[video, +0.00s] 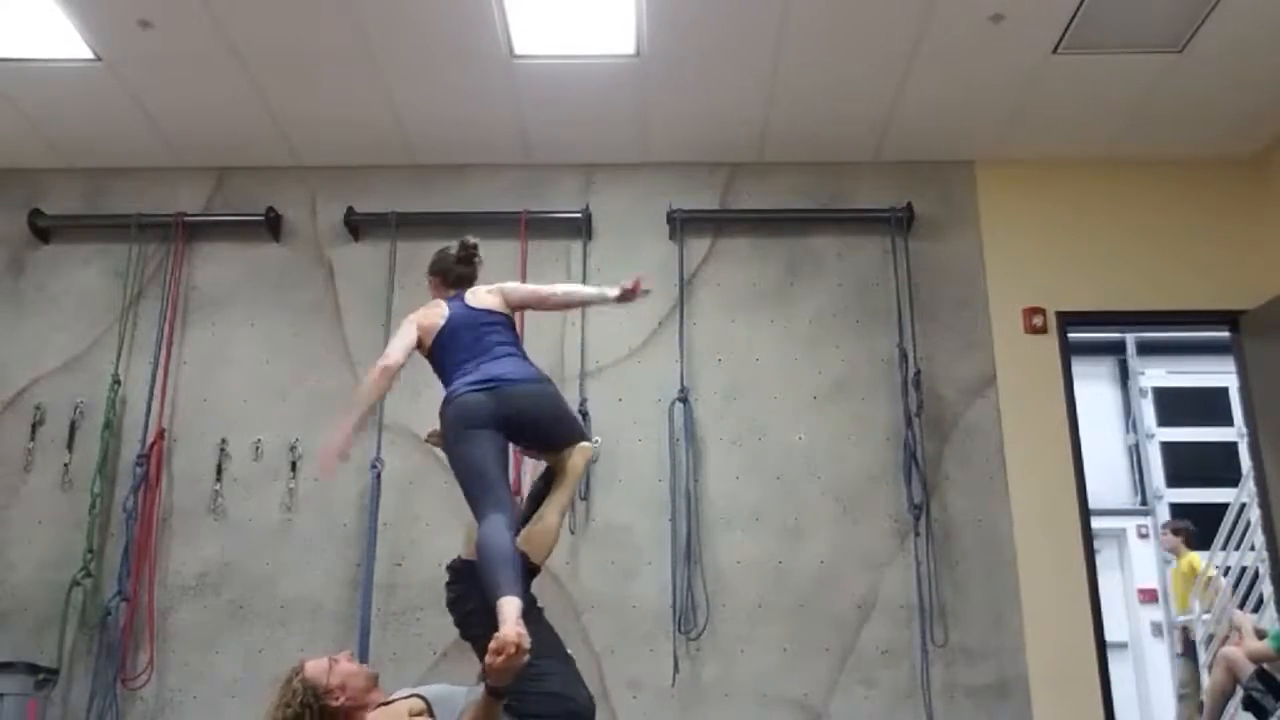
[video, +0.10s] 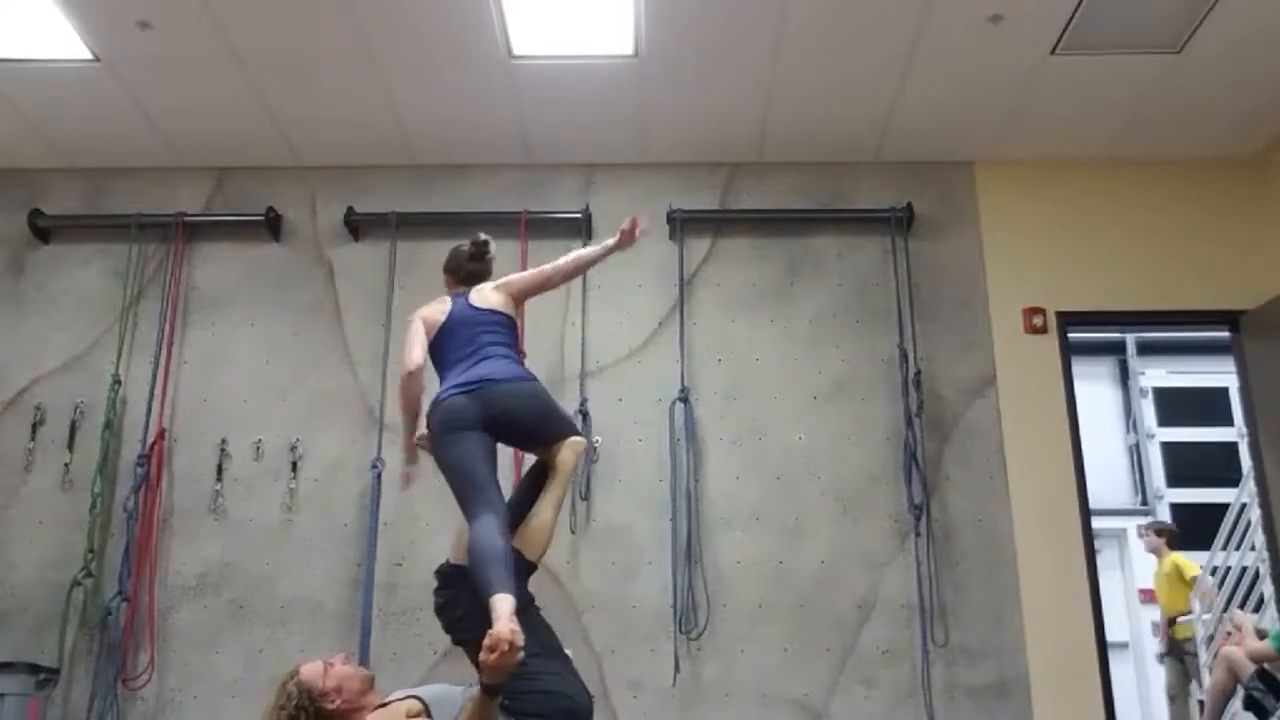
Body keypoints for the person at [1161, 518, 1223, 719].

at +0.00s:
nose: (1161, 539)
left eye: (1166, 535)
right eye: (1161, 535)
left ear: (1180, 537)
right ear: (1175, 539)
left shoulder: (1193, 561)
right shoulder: (1176, 566)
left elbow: (1217, 585)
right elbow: (1179, 599)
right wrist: (1178, 630)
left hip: (1196, 629)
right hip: (1182, 630)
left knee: (1190, 685)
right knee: (1185, 685)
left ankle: (1191, 714)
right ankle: (1187, 713)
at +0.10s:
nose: (1144, 540)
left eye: (1148, 536)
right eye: (1144, 536)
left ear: (1163, 538)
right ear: (1154, 540)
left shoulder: (1177, 561)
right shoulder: (1159, 568)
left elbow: (1205, 584)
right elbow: (1166, 608)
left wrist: (1204, 615)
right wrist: (1163, 642)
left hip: (1190, 635)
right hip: (1172, 637)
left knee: (1205, 688)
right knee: (1175, 692)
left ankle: (1212, 716)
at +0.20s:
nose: (1120, 540)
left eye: (1124, 535)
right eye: (1120, 536)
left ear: (1139, 538)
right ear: (1133, 539)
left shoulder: (1158, 556)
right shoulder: (1134, 573)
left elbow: (1192, 574)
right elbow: (1137, 610)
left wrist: (1191, 608)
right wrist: (1135, 643)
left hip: (1180, 623)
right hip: (1160, 628)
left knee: (1169, 680)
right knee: (1168, 683)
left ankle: (1194, 713)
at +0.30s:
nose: (1108, 540)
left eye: (1112, 535)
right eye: (1108, 536)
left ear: (1127, 539)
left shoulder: (1146, 559)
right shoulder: (1121, 574)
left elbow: (1184, 577)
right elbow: (1125, 609)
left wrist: (1184, 613)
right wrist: (1123, 640)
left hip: (1169, 623)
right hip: (1151, 628)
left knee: (1152, 676)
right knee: (1170, 685)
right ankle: (1176, 716)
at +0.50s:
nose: (1099, 523)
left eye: (1104, 520)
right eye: (1099, 519)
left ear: (1119, 524)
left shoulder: (1133, 550)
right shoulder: (1103, 557)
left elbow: (1157, 585)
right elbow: (1107, 590)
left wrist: (1148, 619)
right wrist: (1106, 617)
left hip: (1138, 619)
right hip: (1116, 622)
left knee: (1153, 680)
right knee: (1115, 678)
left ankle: (1163, 715)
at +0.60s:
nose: (1089, 525)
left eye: (1093, 520)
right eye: (1089, 520)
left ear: (1105, 523)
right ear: (1094, 524)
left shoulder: (1120, 550)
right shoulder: (1090, 553)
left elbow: (1143, 584)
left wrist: (1135, 618)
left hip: (1122, 620)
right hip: (1101, 623)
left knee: (1137, 681)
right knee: (1109, 684)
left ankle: (1154, 715)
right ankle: (1116, 715)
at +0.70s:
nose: (1082, 526)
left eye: (1084, 521)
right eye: (1081, 521)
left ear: (1093, 522)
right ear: (1092, 522)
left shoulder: (1111, 548)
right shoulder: (1079, 550)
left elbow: (1137, 582)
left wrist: (1126, 615)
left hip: (1112, 620)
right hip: (1092, 621)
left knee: (1115, 674)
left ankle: (1131, 715)